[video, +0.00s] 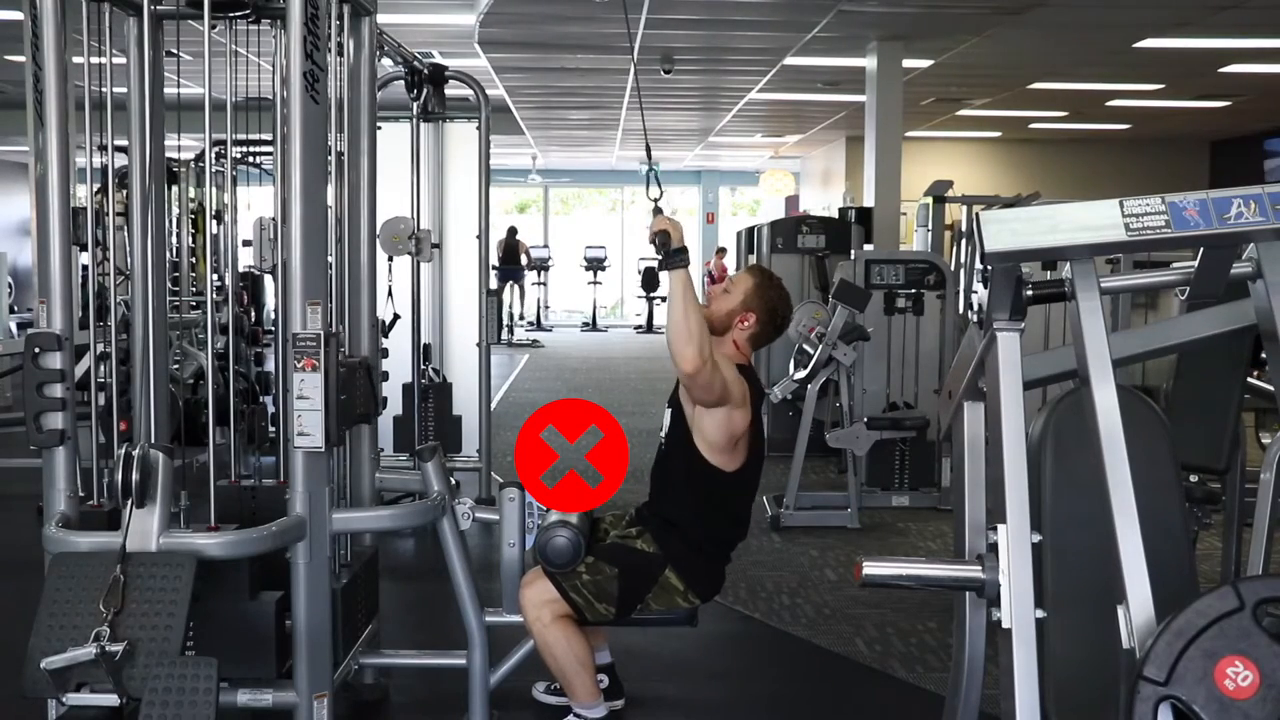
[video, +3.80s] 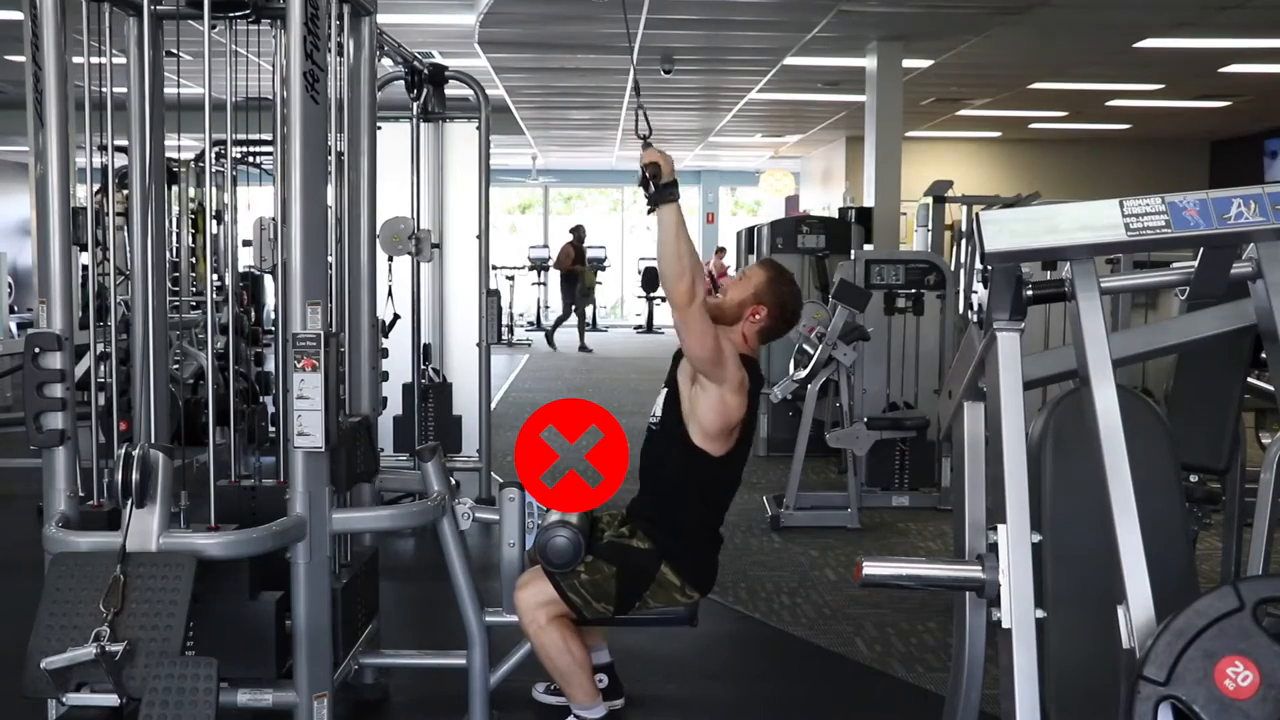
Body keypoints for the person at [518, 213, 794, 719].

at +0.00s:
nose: (711, 287)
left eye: (725, 287)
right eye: (721, 281)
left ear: (743, 322)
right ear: (744, 324)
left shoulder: (726, 383)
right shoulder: (722, 362)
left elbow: (691, 363)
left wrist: (676, 257)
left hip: (681, 562)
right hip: (658, 527)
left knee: (538, 595)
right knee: (558, 540)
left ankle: (589, 710)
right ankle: (598, 672)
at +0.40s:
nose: (703, 275)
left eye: (717, 275)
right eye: (714, 269)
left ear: (733, 314)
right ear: (733, 317)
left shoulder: (707, 367)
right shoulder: (707, 356)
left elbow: (670, 290)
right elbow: (673, 287)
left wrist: (653, 186)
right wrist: (656, 200)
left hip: (675, 560)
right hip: (660, 535)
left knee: (535, 596)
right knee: (553, 546)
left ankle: (589, 710)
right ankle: (593, 671)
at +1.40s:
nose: (707, 277)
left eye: (720, 278)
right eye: (716, 273)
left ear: (735, 317)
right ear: (735, 320)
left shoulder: (708, 377)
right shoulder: (709, 364)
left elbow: (671, 315)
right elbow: (672, 307)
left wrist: (659, 209)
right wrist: (657, 219)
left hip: (675, 562)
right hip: (660, 535)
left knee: (536, 595)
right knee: (553, 546)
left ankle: (589, 708)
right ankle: (593, 671)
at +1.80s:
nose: (712, 288)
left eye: (724, 287)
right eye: (720, 282)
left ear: (738, 323)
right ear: (740, 326)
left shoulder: (733, 393)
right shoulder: (716, 367)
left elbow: (694, 406)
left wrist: (679, 294)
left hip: (678, 562)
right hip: (656, 528)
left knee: (539, 595)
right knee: (556, 542)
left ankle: (589, 712)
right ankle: (597, 673)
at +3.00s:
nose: (708, 276)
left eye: (722, 277)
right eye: (717, 271)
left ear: (736, 316)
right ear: (735, 318)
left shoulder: (714, 375)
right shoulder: (706, 360)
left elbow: (676, 312)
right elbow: (679, 307)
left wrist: (659, 209)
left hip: (675, 565)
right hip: (655, 534)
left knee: (536, 596)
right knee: (553, 545)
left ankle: (589, 709)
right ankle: (594, 671)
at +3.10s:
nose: (708, 269)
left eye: (721, 272)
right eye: (719, 266)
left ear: (732, 314)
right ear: (733, 316)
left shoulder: (707, 369)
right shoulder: (702, 356)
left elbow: (671, 293)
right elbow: (672, 290)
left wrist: (657, 192)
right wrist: (656, 201)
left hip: (674, 564)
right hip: (657, 537)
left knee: (536, 596)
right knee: (553, 544)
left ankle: (590, 710)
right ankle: (593, 671)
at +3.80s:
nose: (722, 280)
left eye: (738, 280)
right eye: (733, 273)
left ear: (754, 315)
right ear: (755, 318)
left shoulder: (723, 367)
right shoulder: (720, 354)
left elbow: (683, 291)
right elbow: (687, 289)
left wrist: (665, 192)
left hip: (671, 560)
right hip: (653, 533)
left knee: (533, 597)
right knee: (555, 545)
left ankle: (589, 710)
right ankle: (594, 671)